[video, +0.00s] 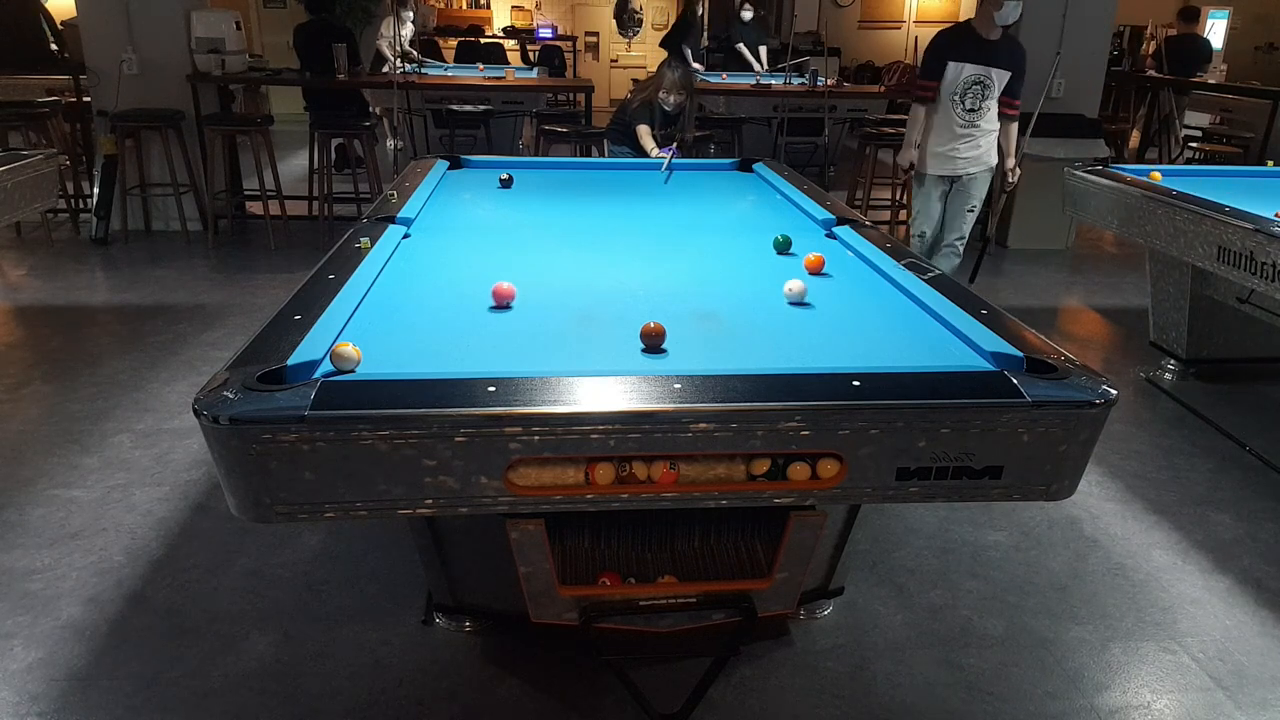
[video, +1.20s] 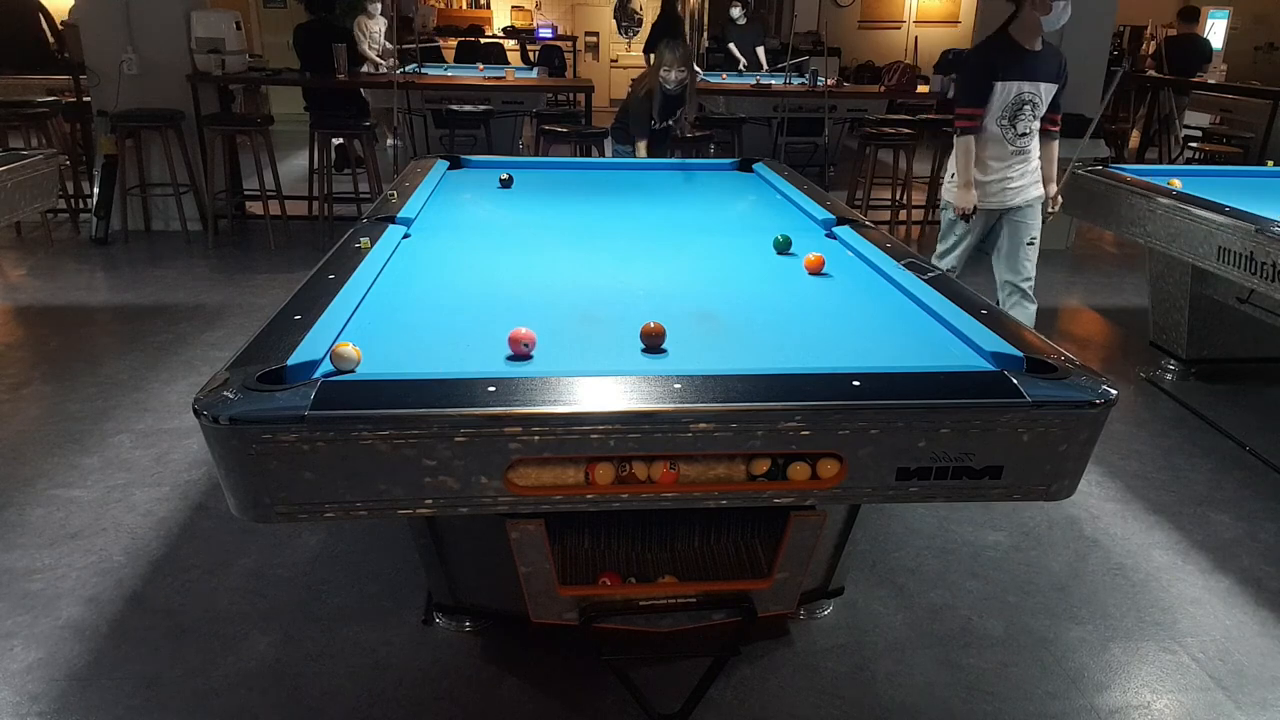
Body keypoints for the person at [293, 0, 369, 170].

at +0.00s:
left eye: (304, 5)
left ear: (307, 8)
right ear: (333, 8)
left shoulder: (300, 31)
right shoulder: (343, 30)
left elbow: (305, 65)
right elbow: (357, 68)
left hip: (315, 102)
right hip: (346, 103)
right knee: (362, 106)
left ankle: (351, 152)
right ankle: (344, 149)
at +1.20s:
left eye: (303, 5)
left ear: (307, 8)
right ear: (333, 7)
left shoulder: (300, 30)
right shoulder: (342, 30)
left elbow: (305, 61)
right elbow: (357, 61)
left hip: (314, 101)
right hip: (345, 101)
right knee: (362, 106)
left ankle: (350, 150)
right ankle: (343, 147)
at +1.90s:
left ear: (308, 9)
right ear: (332, 9)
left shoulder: (299, 32)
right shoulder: (343, 32)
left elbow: (306, 64)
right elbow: (357, 72)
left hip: (314, 102)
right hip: (345, 103)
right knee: (361, 106)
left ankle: (350, 150)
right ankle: (343, 147)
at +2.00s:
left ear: (307, 9)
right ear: (332, 8)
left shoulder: (299, 32)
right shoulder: (343, 31)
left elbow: (305, 66)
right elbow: (356, 71)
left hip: (314, 101)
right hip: (345, 102)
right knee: (361, 106)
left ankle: (350, 151)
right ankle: (345, 149)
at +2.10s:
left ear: (307, 8)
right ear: (332, 8)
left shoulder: (300, 31)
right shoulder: (343, 31)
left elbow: (303, 68)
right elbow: (356, 71)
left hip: (315, 103)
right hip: (346, 104)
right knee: (362, 106)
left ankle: (351, 151)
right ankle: (344, 148)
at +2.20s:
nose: (336, 7)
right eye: (333, 4)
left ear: (307, 8)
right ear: (331, 7)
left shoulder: (300, 30)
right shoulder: (342, 30)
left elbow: (295, 63)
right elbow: (355, 67)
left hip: (314, 102)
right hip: (346, 103)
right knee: (362, 107)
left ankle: (351, 151)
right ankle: (344, 148)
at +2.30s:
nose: (339, 8)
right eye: (336, 4)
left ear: (306, 8)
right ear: (330, 7)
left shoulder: (299, 31)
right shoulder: (342, 30)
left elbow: (302, 66)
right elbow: (355, 70)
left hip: (314, 103)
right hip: (345, 104)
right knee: (362, 107)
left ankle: (352, 150)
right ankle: (345, 149)